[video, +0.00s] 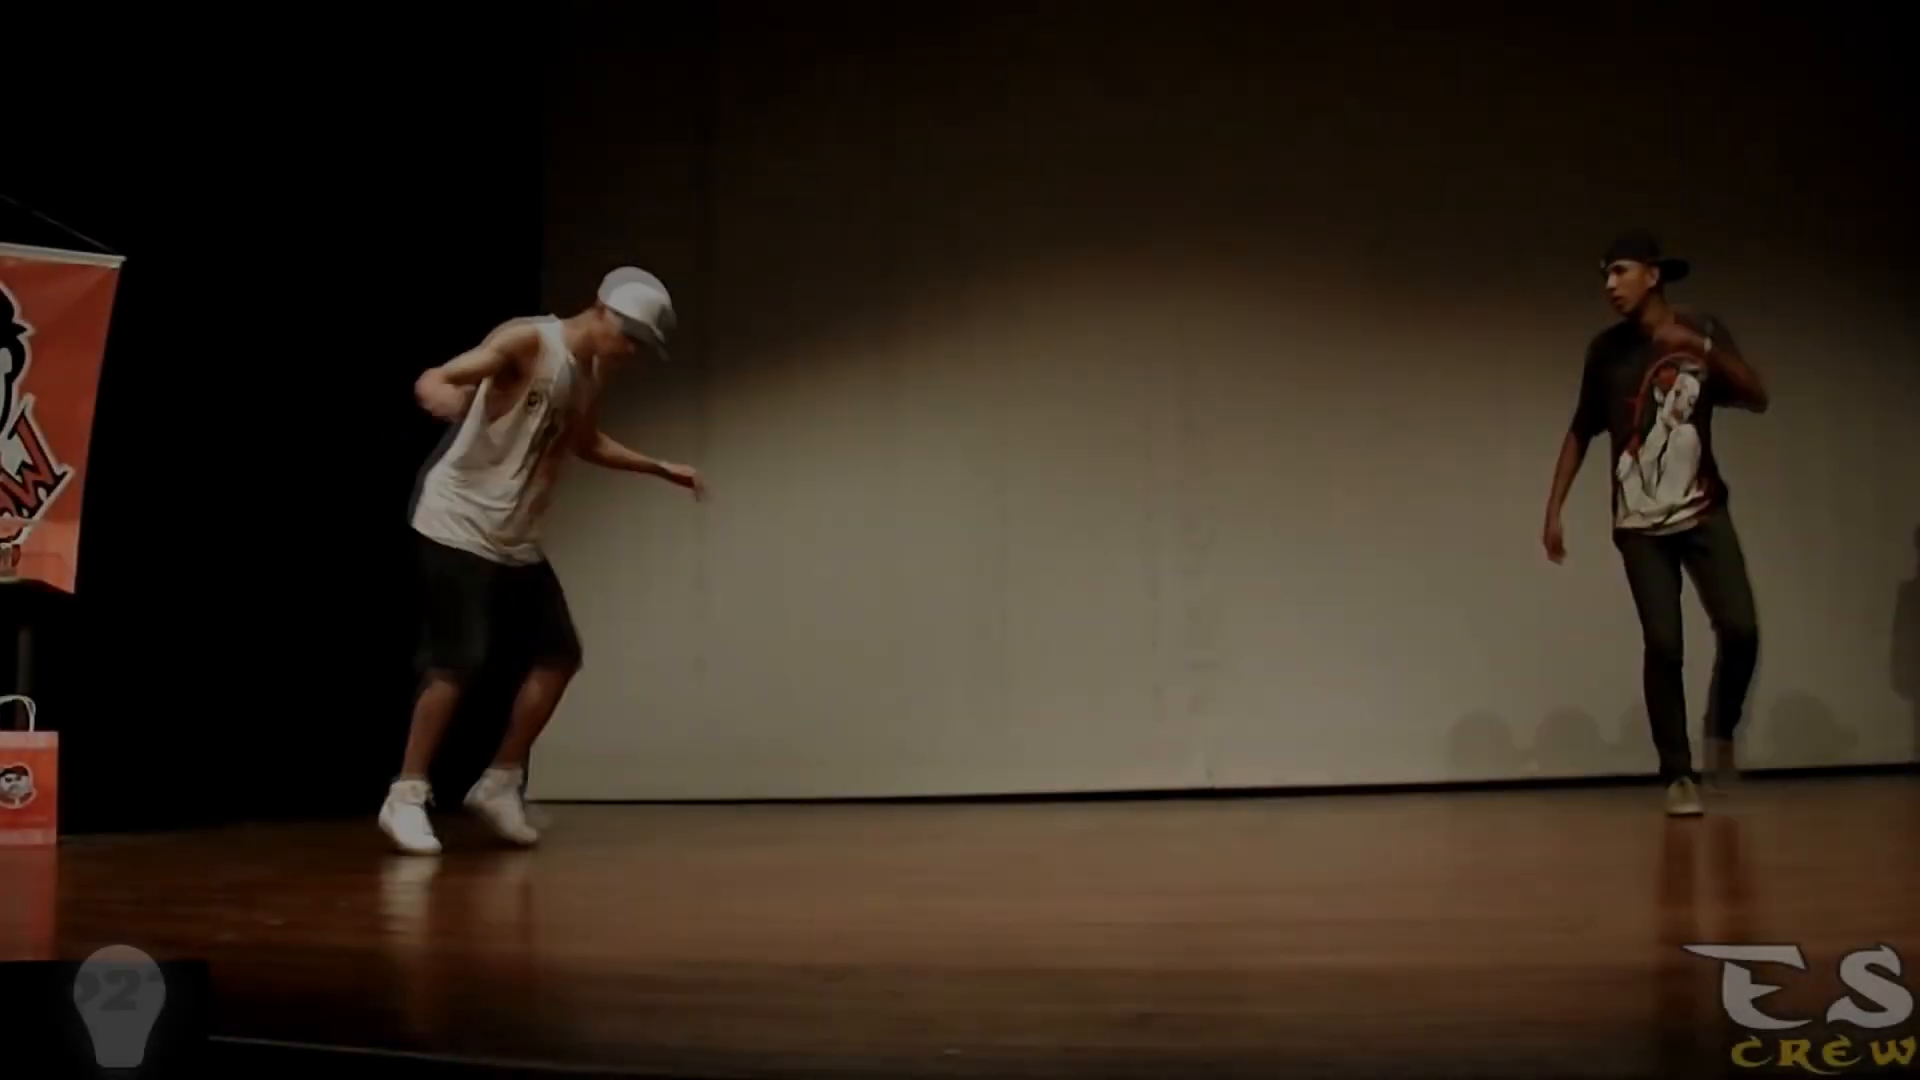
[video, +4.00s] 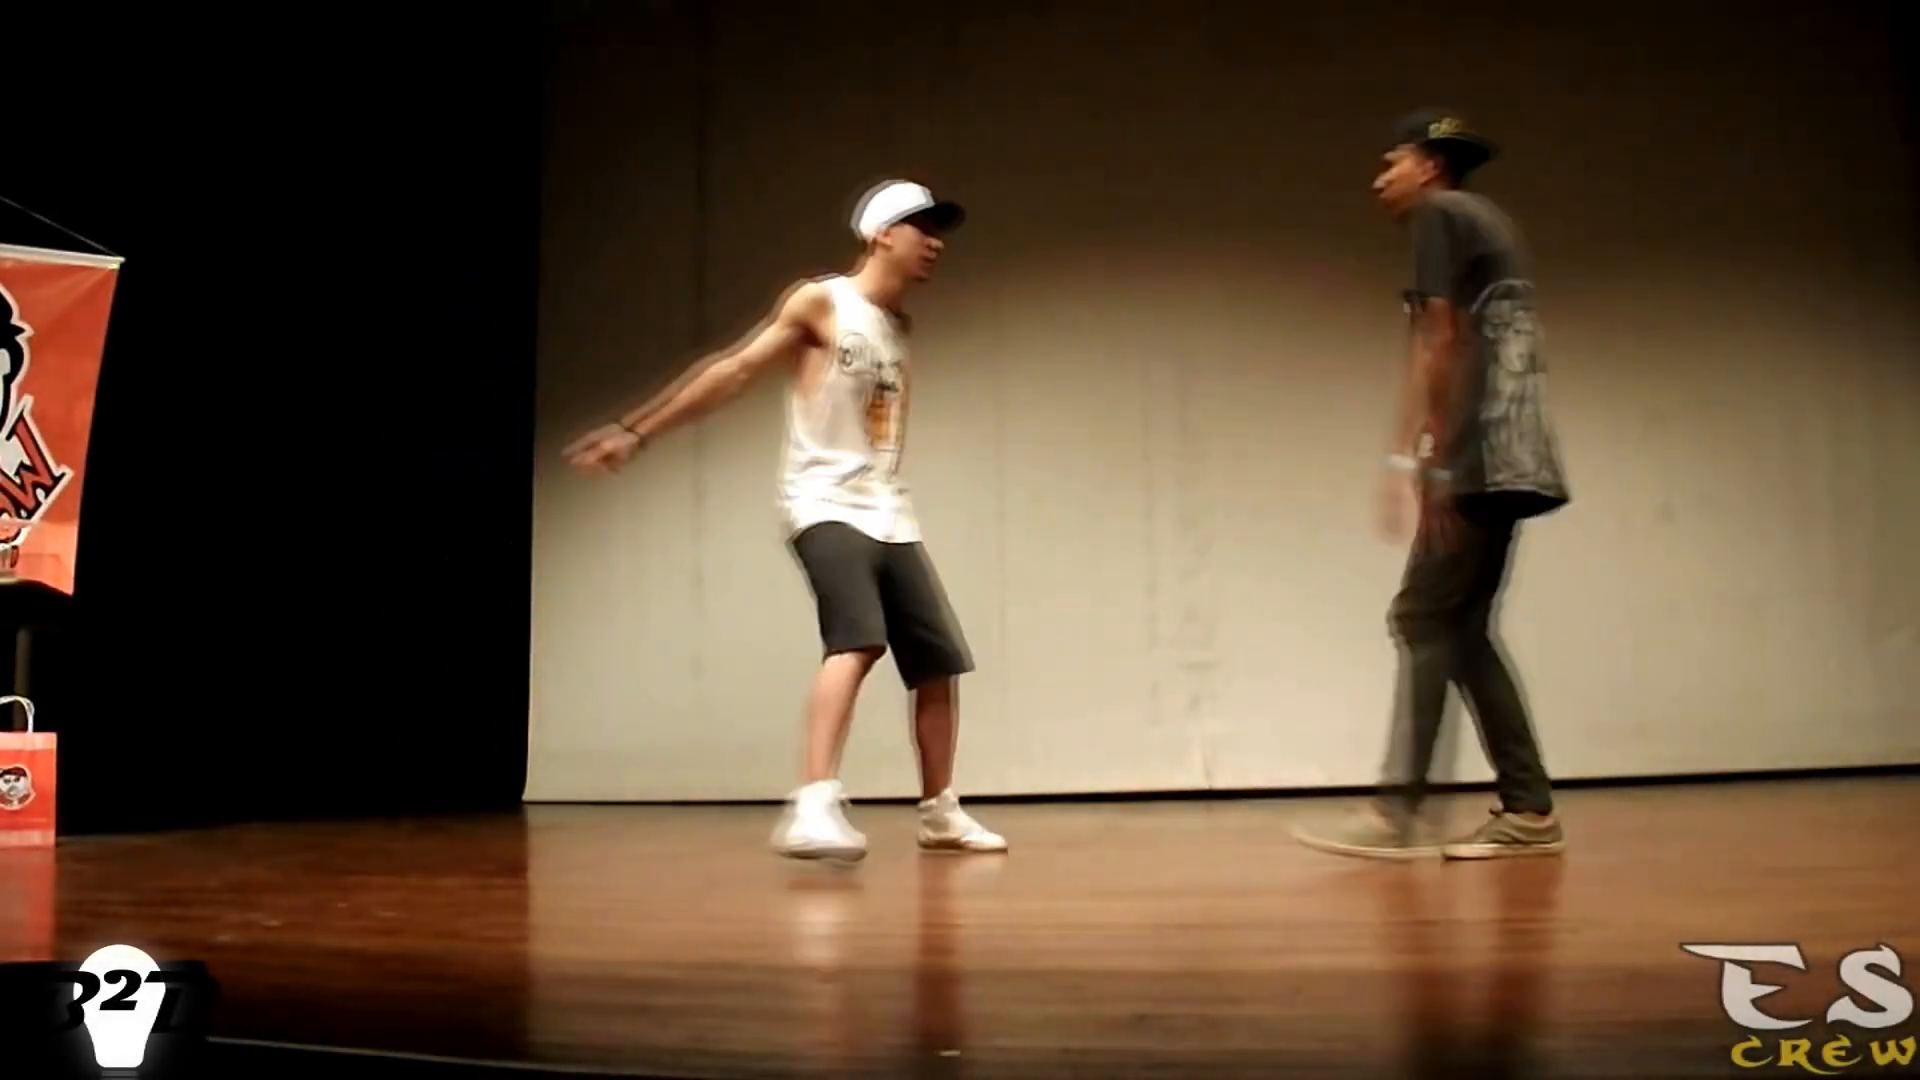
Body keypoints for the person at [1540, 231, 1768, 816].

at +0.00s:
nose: (1610, 284)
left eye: (1621, 272)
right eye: (1608, 274)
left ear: (1654, 277)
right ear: (1617, 284)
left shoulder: (1701, 335)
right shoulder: (1606, 349)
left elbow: (1756, 397)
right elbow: (1581, 431)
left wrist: (1700, 350)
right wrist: (1552, 510)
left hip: (1702, 513)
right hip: (1640, 524)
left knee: (1740, 631)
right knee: (1664, 646)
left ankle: (1720, 735)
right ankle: (1677, 776)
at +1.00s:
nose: (1671, 230)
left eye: (1680, 215)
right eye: (1666, 218)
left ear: (1717, 210)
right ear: (1673, 225)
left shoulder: (1775, 279)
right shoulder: (1687, 295)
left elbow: (1775, 246)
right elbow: (1688, 402)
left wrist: (1728, 181)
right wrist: (1672, 486)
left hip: (1782, 483)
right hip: (1711, 486)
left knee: (1788, 636)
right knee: (1732, 629)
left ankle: (1797, 783)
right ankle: (1750, 785)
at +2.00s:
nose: (1619, 150)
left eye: (1630, 135)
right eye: (1619, 139)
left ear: (1674, 135)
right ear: (1662, 144)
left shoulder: (1731, 188)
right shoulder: (1666, 228)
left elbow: (1641, 208)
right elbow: (1640, 343)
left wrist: (1521, 184)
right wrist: (1533, 363)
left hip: (1769, 438)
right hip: (1701, 444)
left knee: (1809, 615)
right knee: (1647, 604)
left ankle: (1875, 801)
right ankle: (1682, 796)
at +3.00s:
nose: (1225, 576)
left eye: (1229, 558)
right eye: (1226, 560)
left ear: (1257, 556)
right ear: (1291, 551)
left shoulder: (1293, 593)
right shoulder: (1347, 583)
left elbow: (1283, 732)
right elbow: (1377, 732)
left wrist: (1222, 837)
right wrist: (1321, 802)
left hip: (1431, 725)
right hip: (1480, 735)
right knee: (1349, 827)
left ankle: (1310, 828)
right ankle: (1501, 809)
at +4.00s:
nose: (1383, 175)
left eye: (1395, 161)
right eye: (1386, 163)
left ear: (1434, 163)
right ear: (1443, 165)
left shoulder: (1440, 214)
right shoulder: (1480, 218)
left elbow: (1445, 342)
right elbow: (1480, 351)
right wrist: (1440, 459)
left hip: (1471, 467)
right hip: (1501, 467)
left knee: (1421, 621)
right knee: (1465, 630)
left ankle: (1396, 813)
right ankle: (1529, 809)